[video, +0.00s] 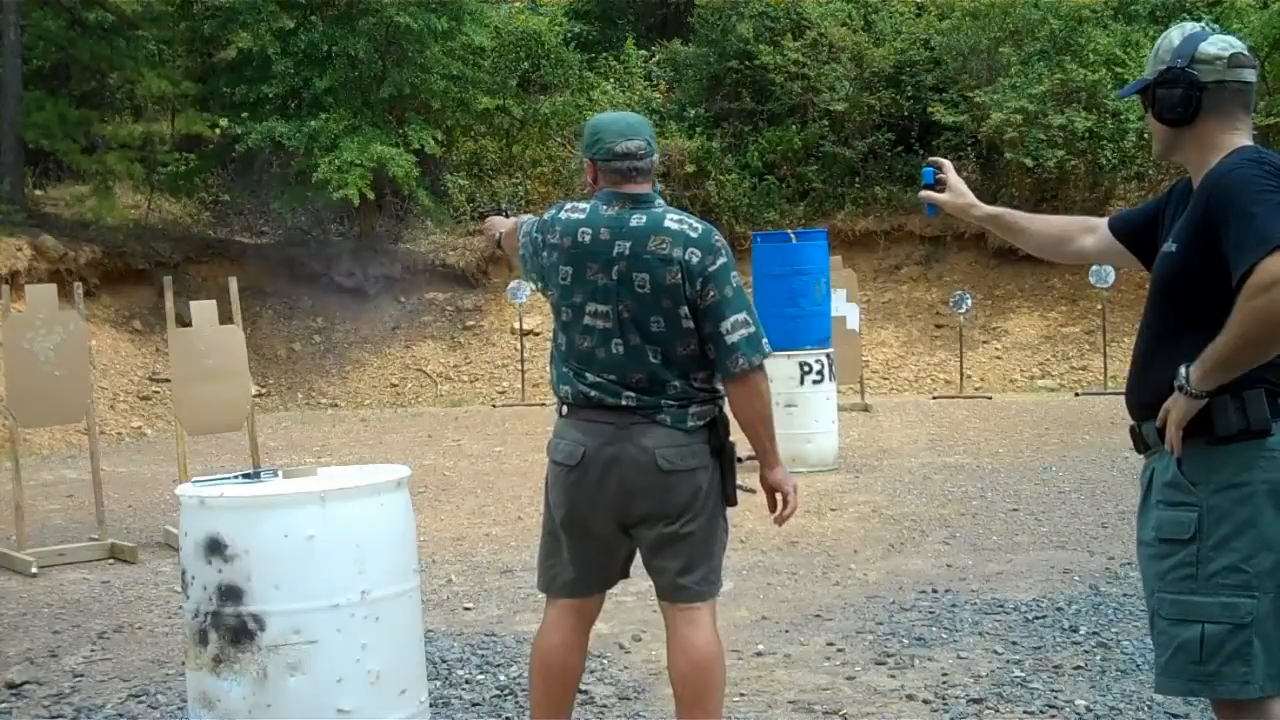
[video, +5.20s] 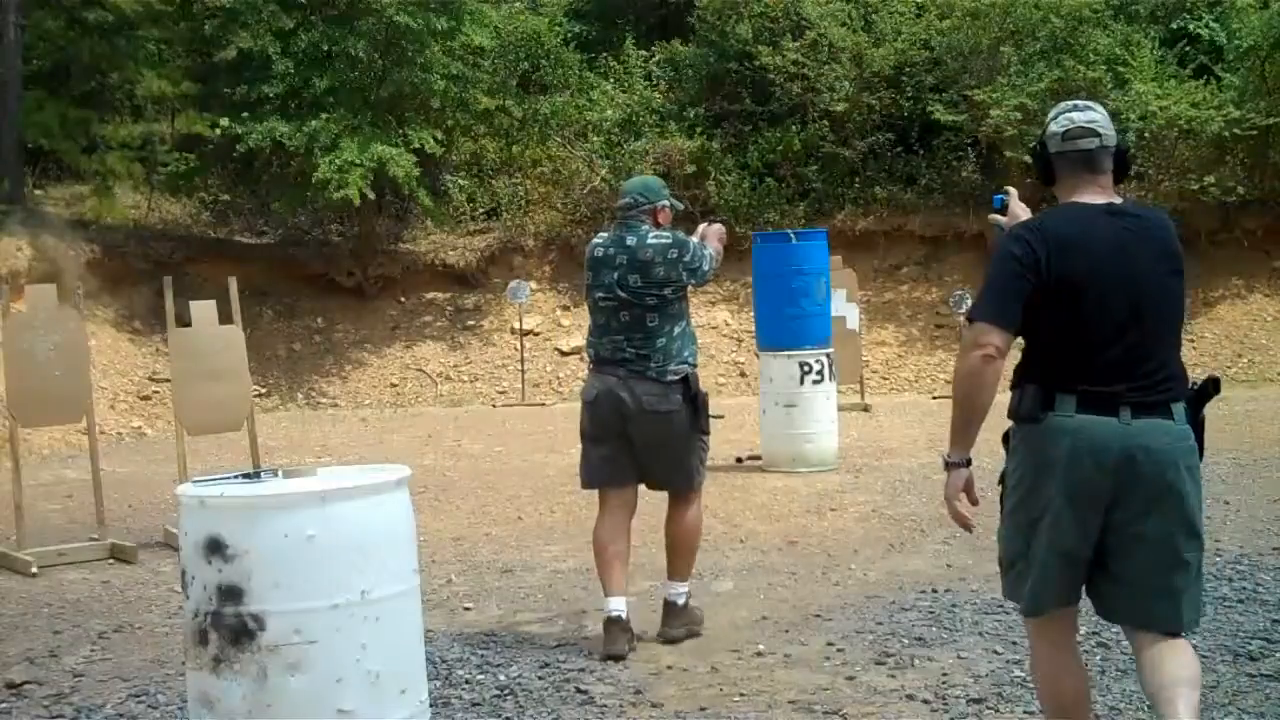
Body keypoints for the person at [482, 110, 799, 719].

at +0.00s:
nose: (582, 171)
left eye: (583, 164)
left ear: (590, 171)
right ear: (655, 168)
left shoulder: (559, 231)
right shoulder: (699, 241)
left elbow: (518, 241)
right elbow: (743, 366)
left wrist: (503, 228)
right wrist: (769, 462)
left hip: (583, 447)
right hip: (678, 451)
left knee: (567, 609)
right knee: (690, 611)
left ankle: (546, 716)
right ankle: (701, 716)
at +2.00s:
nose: (583, 174)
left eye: (585, 167)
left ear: (590, 172)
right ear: (656, 167)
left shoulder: (562, 234)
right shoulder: (696, 240)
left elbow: (528, 235)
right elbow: (745, 365)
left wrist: (530, 229)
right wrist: (776, 456)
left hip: (584, 446)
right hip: (681, 450)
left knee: (569, 606)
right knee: (693, 611)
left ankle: (547, 715)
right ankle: (703, 719)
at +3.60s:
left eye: (611, 167)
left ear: (613, 173)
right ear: (679, 171)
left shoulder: (578, 237)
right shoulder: (715, 246)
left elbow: (558, 313)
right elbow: (759, 365)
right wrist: (773, 430)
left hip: (600, 448)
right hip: (694, 453)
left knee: (575, 608)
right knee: (699, 614)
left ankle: (550, 713)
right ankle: (706, 718)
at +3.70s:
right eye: (679, 169)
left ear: (622, 177)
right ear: (685, 176)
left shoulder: (587, 247)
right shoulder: (723, 249)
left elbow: (565, 343)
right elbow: (768, 364)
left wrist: (628, 360)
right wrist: (723, 381)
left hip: (606, 453)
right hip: (699, 455)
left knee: (576, 603)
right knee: (702, 614)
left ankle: (565, 713)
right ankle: (706, 717)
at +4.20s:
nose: (652, 212)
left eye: (645, 205)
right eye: (650, 204)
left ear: (590, 211)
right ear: (642, 208)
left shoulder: (561, 263)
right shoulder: (676, 259)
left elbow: (552, 350)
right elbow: (718, 347)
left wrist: (609, 332)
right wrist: (682, 311)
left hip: (573, 432)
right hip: (656, 433)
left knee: (579, 575)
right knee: (689, 574)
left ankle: (586, 708)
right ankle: (696, 696)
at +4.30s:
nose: (646, 209)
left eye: (640, 202)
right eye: (644, 202)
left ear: (584, 207)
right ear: (635, 205)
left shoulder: (557, 254)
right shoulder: (660, 249)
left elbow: (574, 316)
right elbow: (702, 314)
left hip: (566, 425)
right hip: (645, 428)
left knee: (577, 575)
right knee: (679, 557)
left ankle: (585, 708)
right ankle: (665, 654)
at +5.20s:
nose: (671, 216)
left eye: (668, 209)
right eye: (669, 209)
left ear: (623, 211)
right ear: (659, 213)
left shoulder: (597, 249)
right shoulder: (673, 248)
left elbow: (642, 260)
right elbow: (705, 266)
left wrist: (694, 240)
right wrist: (711, 240)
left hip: (604, 388)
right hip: (664, 391)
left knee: (614, 503)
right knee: (684, 495)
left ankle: (615, 622)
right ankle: (677, 608)